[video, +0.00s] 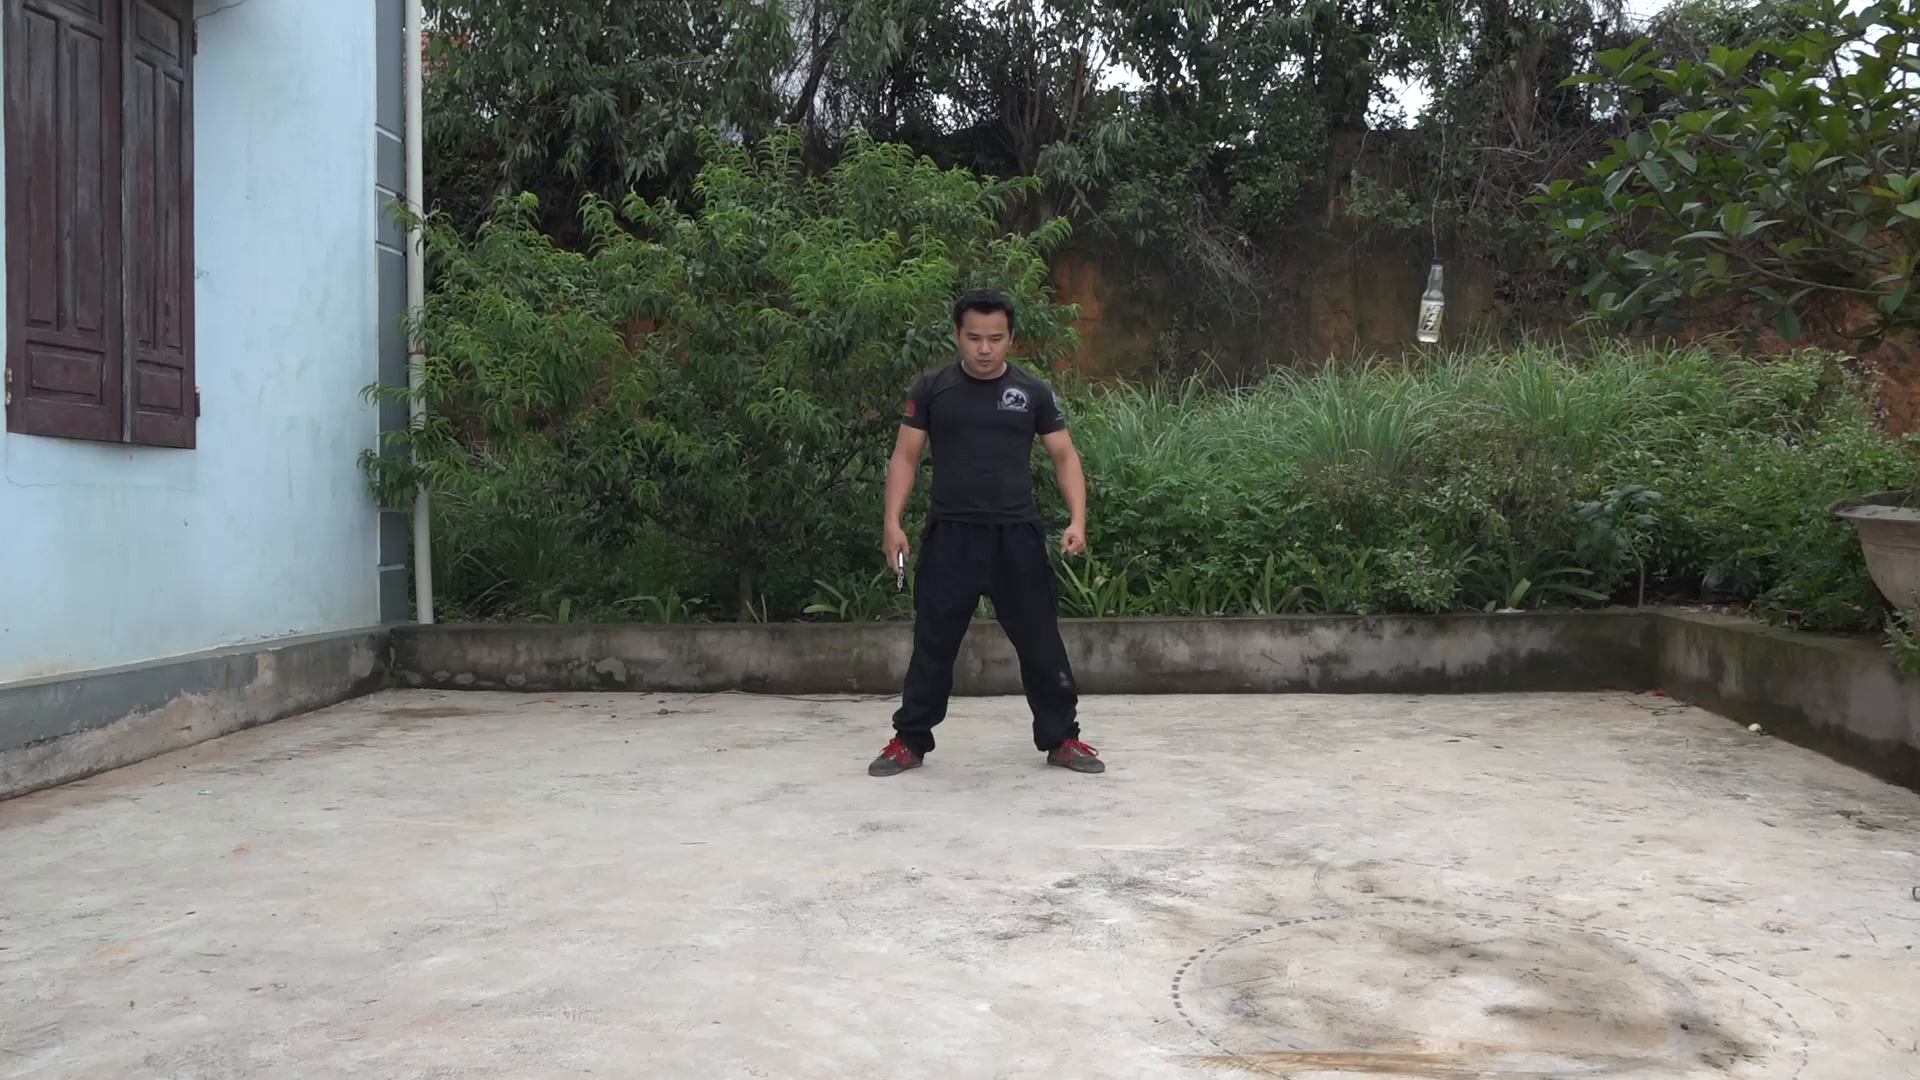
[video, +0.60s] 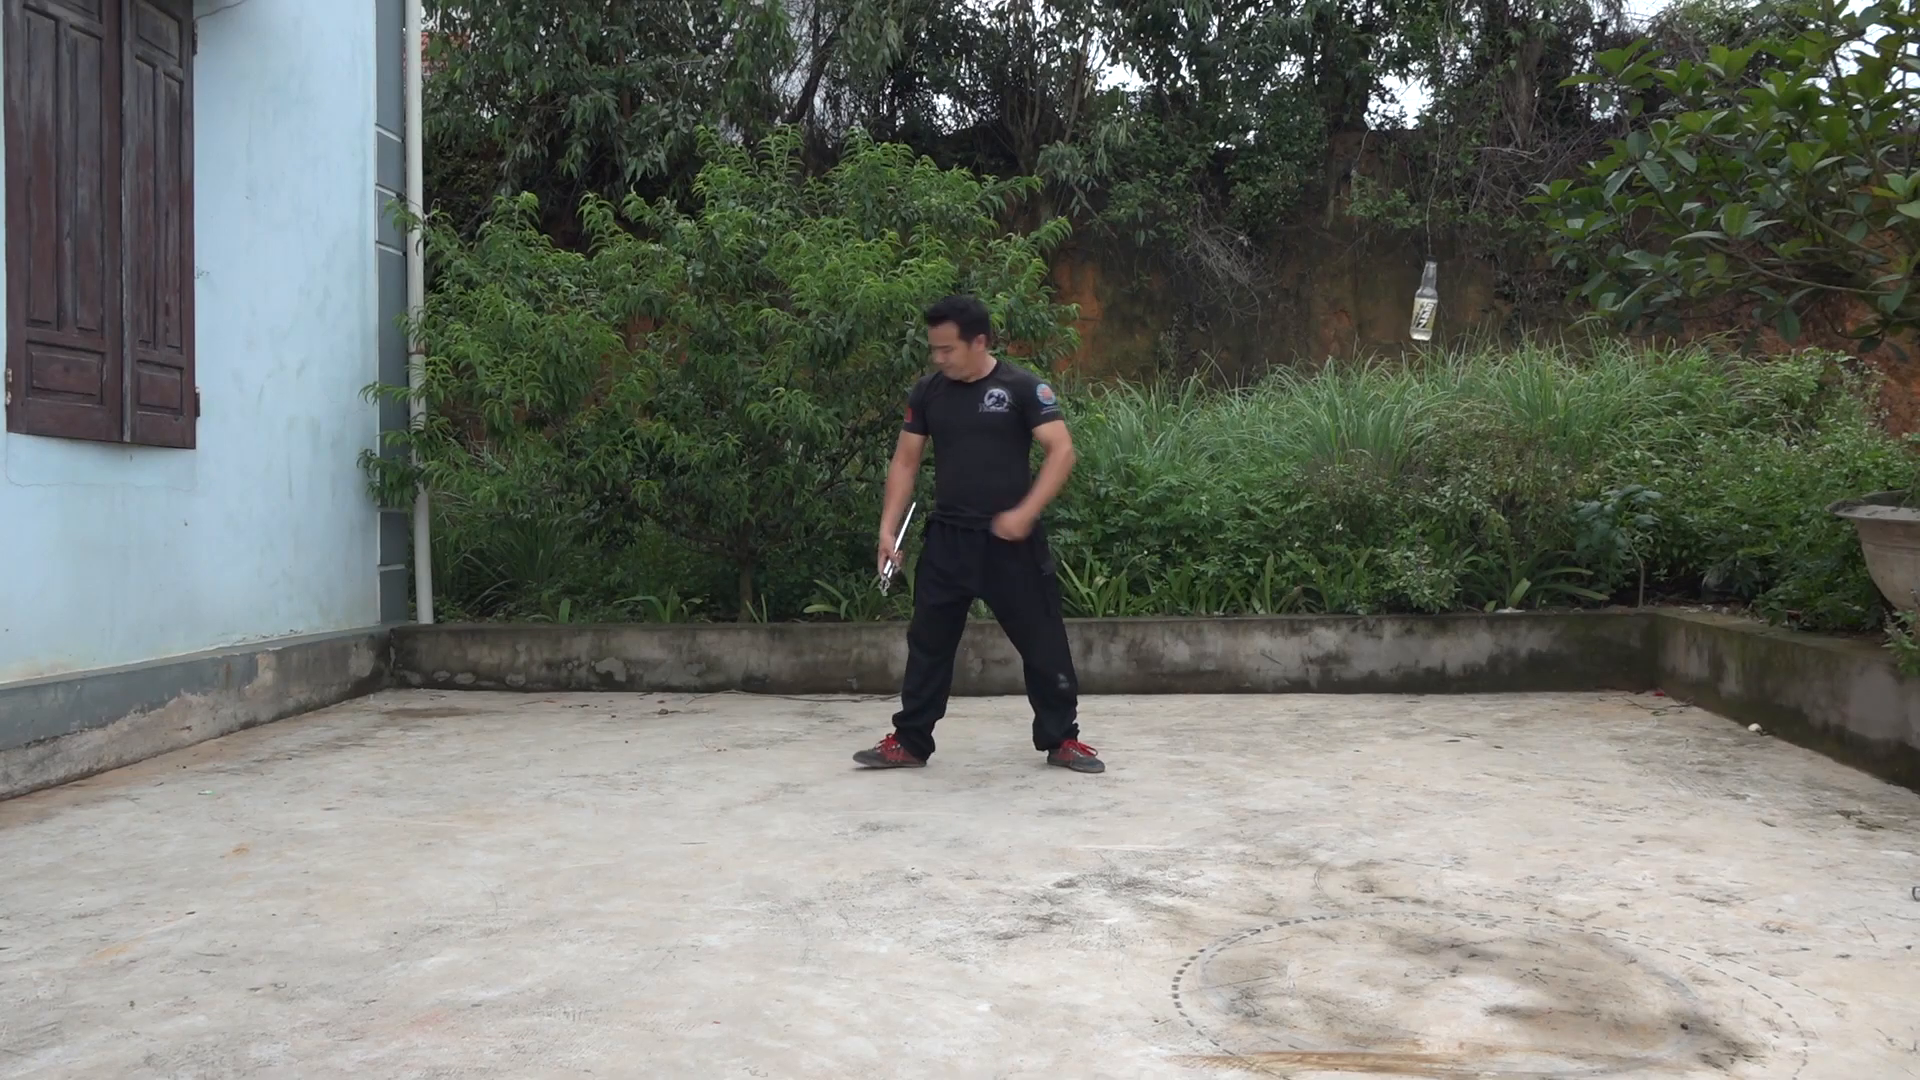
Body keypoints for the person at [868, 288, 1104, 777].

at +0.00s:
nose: (984, 348)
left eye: (995, 338)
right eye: (974, 337)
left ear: (1009, 340)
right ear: (958, 338)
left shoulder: (1033, 393)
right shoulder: (931, 389)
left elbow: (1064, 456)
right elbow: (905, 456)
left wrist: (1077, 517)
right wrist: (892, 521)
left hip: (1018, 537)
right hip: (950, 536)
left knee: (1041, 640)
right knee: (932, 642)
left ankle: (1062, 740)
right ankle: (910, 741)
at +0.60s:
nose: (937, 358)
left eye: (945, 348)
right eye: (934, 348)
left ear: (980, 343)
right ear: (934, 346)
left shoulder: (1022, 387)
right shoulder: (928, 391)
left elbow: (1062, 450)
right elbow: (905, 462)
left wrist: (1026, 512)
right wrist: (887, 529)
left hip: (1012, 537)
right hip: (948, 538)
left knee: (1043, 638)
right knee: (928, 639)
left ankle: (1061, 739)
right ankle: (911, 740)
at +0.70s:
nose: (913, 361)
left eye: (918, 352)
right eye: (911, 352)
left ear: (949, 348)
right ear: (941, 350)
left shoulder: (1004, 386)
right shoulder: (918, 393)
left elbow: (1005, 452)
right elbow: (899, 462)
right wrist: (894, 533)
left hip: (998, 541)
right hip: (935, 541)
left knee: (1030, 639)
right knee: (915, 641)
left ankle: (1059, 739)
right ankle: (906, 741)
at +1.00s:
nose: (876, 352)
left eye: (882, 340)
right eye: (871, 344)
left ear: (915, 334)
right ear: (875, 346)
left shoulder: (948, 373)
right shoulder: (891, 387)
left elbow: (877, 417)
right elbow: (859, 447)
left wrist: (855, 401)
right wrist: (897, 443)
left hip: (948, 529)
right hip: (902, 530)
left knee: (950, 641)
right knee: (904, 641)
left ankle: (968, 754)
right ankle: (906, 742)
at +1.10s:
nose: (889, 344)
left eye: (897, 331)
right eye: (878, 339)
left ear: (921, 331)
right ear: (872, 348)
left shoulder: (940, 373)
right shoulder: (882, 388)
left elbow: (875, 424)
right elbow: (854, 449)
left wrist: (848, 412)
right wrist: (883, 451)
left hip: (940, 530)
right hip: (897, 531)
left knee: (940, 642)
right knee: (898, 640)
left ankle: (944, 757)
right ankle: (905, 741)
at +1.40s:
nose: (886, 341)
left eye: (897, 330)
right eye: (876, 333)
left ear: (920, 334)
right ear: (866, 342)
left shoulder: (928, 384)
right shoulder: (888, 392)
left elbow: (947, 447)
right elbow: (890, 457)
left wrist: (914, 507)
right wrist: (866, 493)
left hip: (915, 543)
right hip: (882, 541)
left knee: (912, 653)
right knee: (888, 647)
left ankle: (926, 779)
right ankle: (900, 741)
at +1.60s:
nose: (859, 355)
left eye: (872, 345)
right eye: (851, 346)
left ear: (896, 354)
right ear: (841, 354)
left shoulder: (897, 398)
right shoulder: (873, 407)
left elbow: (932, 451)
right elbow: (889, 469)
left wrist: (915, 524)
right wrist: (868, 509)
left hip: (916, 551)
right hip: (884, 551)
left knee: (908, 657)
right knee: (854, 647)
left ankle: (926, 779)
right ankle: (872, 745)